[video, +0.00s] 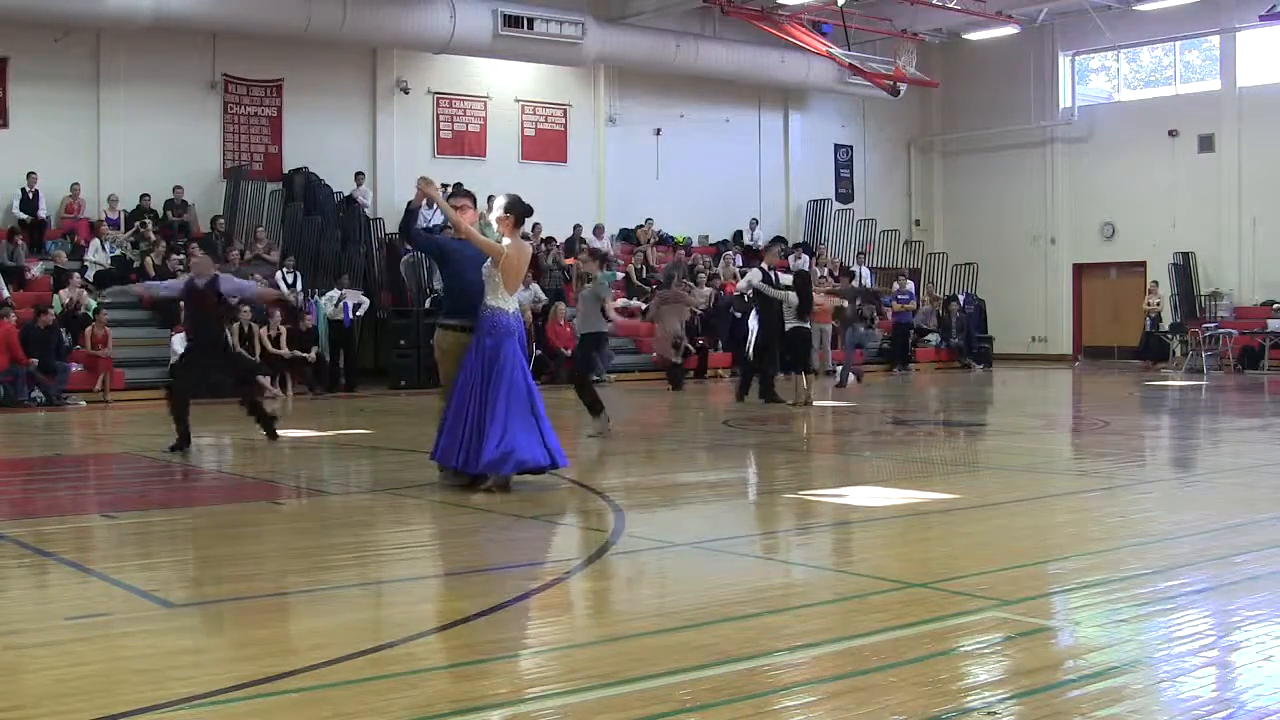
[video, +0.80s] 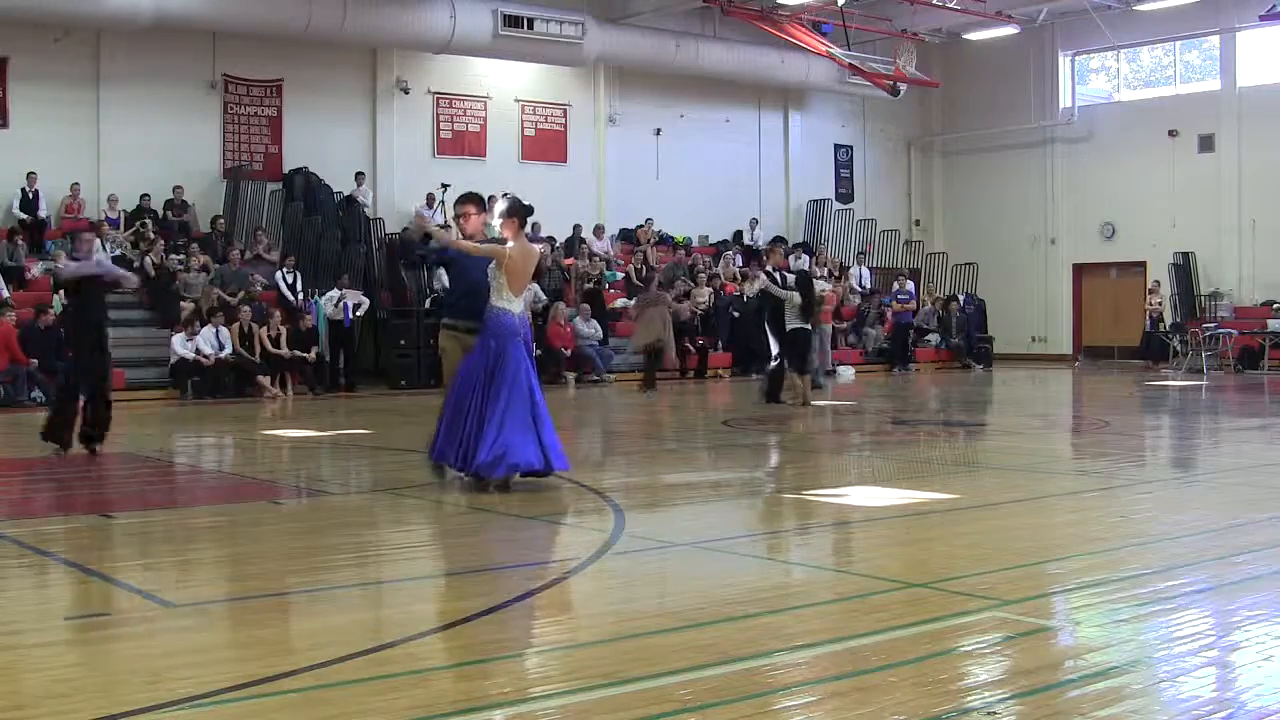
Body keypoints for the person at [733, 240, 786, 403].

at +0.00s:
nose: (779, 258)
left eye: (779, 254)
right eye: (776, 254)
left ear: (772, 257)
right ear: (766, 254)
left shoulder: (775, 275)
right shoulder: (756, 273)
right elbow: (739, 287)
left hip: (774, 318)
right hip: (759, 317)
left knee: (770, 354)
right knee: (753, 354)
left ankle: (767, 389)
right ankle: (742, 389)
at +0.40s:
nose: (782, 255)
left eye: (782, 252)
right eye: (778, 252)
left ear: (779, 255)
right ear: (768, 254)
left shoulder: (781, 274)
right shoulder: (761, 272)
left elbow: (785, 293)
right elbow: (744, 286)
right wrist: (752, 275)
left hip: (778, 319)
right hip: (764, 318)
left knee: (777, 356)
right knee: (761, 355)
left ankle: (770, 392)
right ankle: (746, 389)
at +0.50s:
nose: (782, 255)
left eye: (781, 252)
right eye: (778, 252)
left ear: (778, 255)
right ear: (768, 254)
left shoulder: (781, 275)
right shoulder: (762, 274)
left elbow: (784, 295)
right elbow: (763, 299)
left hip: (779, 320)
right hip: (766, 320)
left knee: (778, 357)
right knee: (766, 355)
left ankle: (771, 392)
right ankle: (749, 388)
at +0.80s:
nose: (782, 257)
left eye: (782, 254)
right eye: (779, 254)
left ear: (780, 257)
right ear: (769, 256)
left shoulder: (783, 276)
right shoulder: (763, 276)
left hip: (782, 318)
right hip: (768, 319)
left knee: (782, 354)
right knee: (776, 354)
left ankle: (775, 392)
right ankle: (771, 393)